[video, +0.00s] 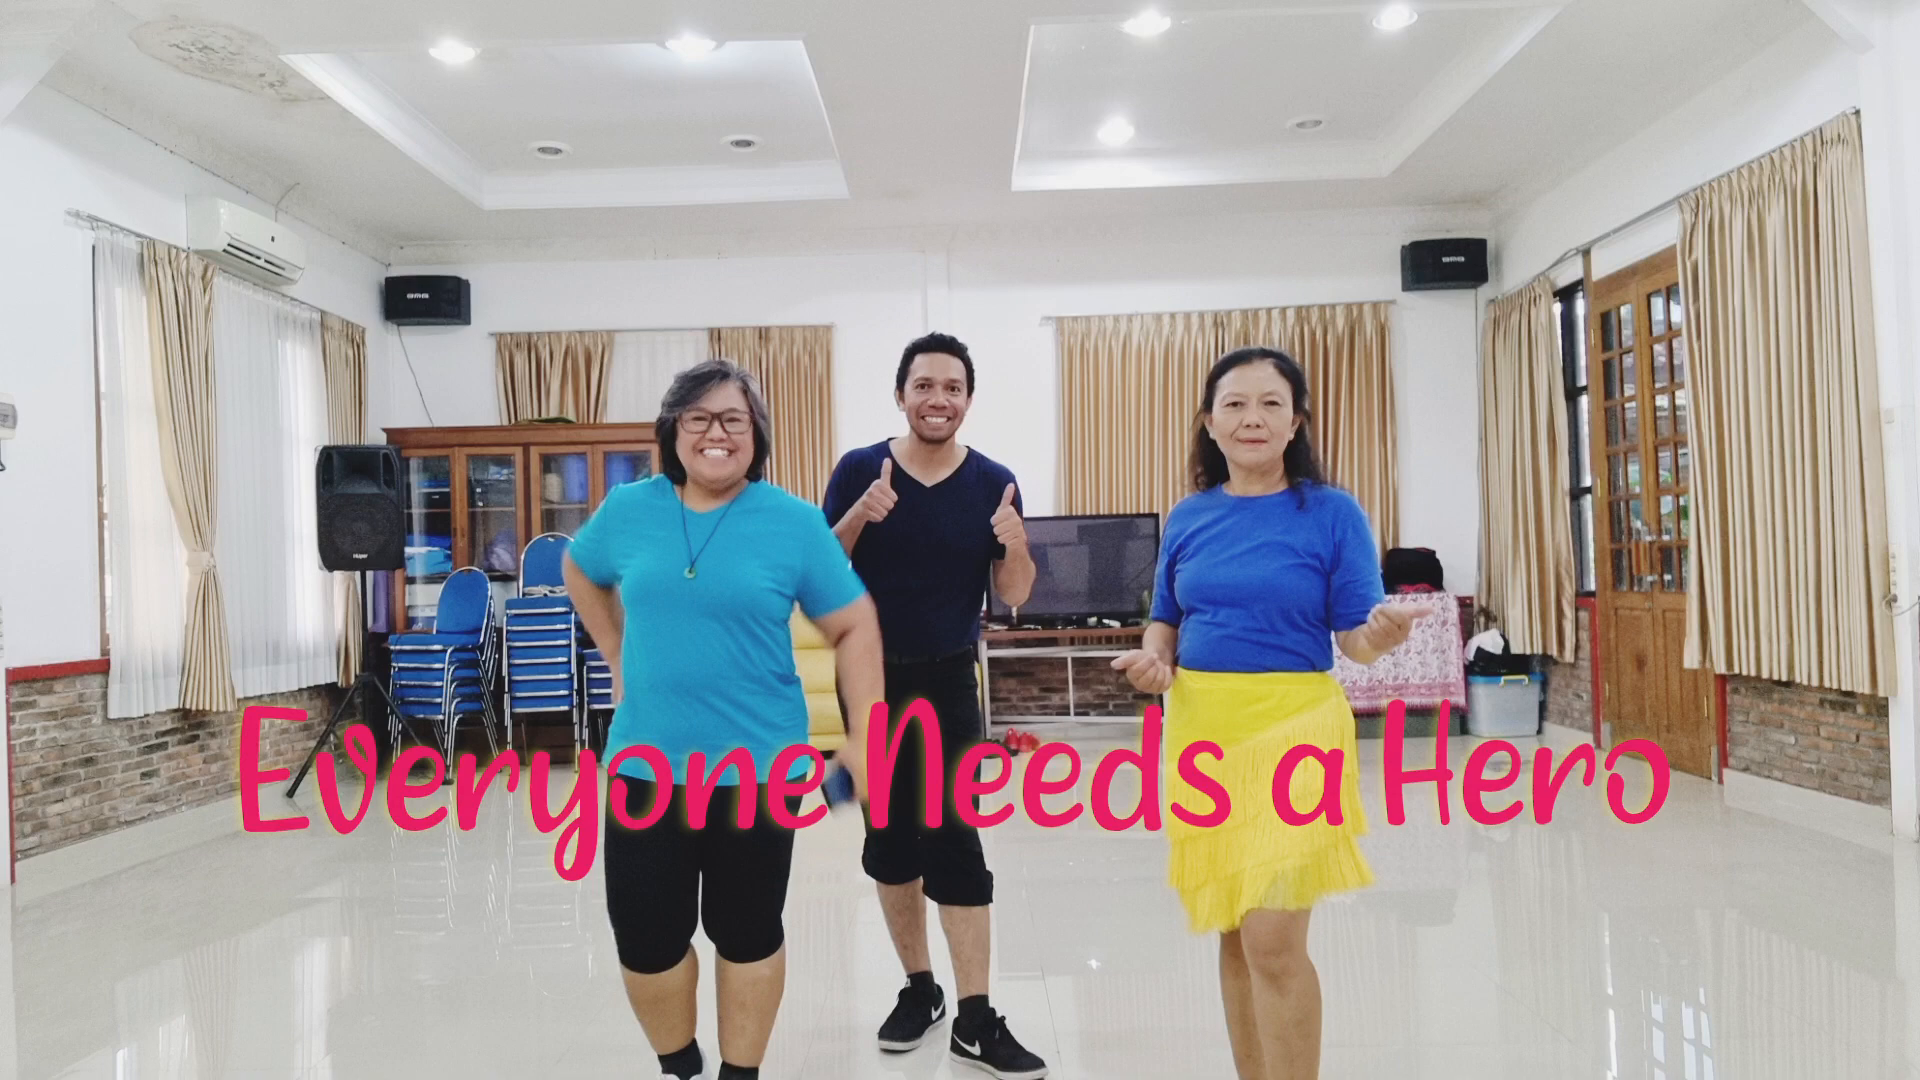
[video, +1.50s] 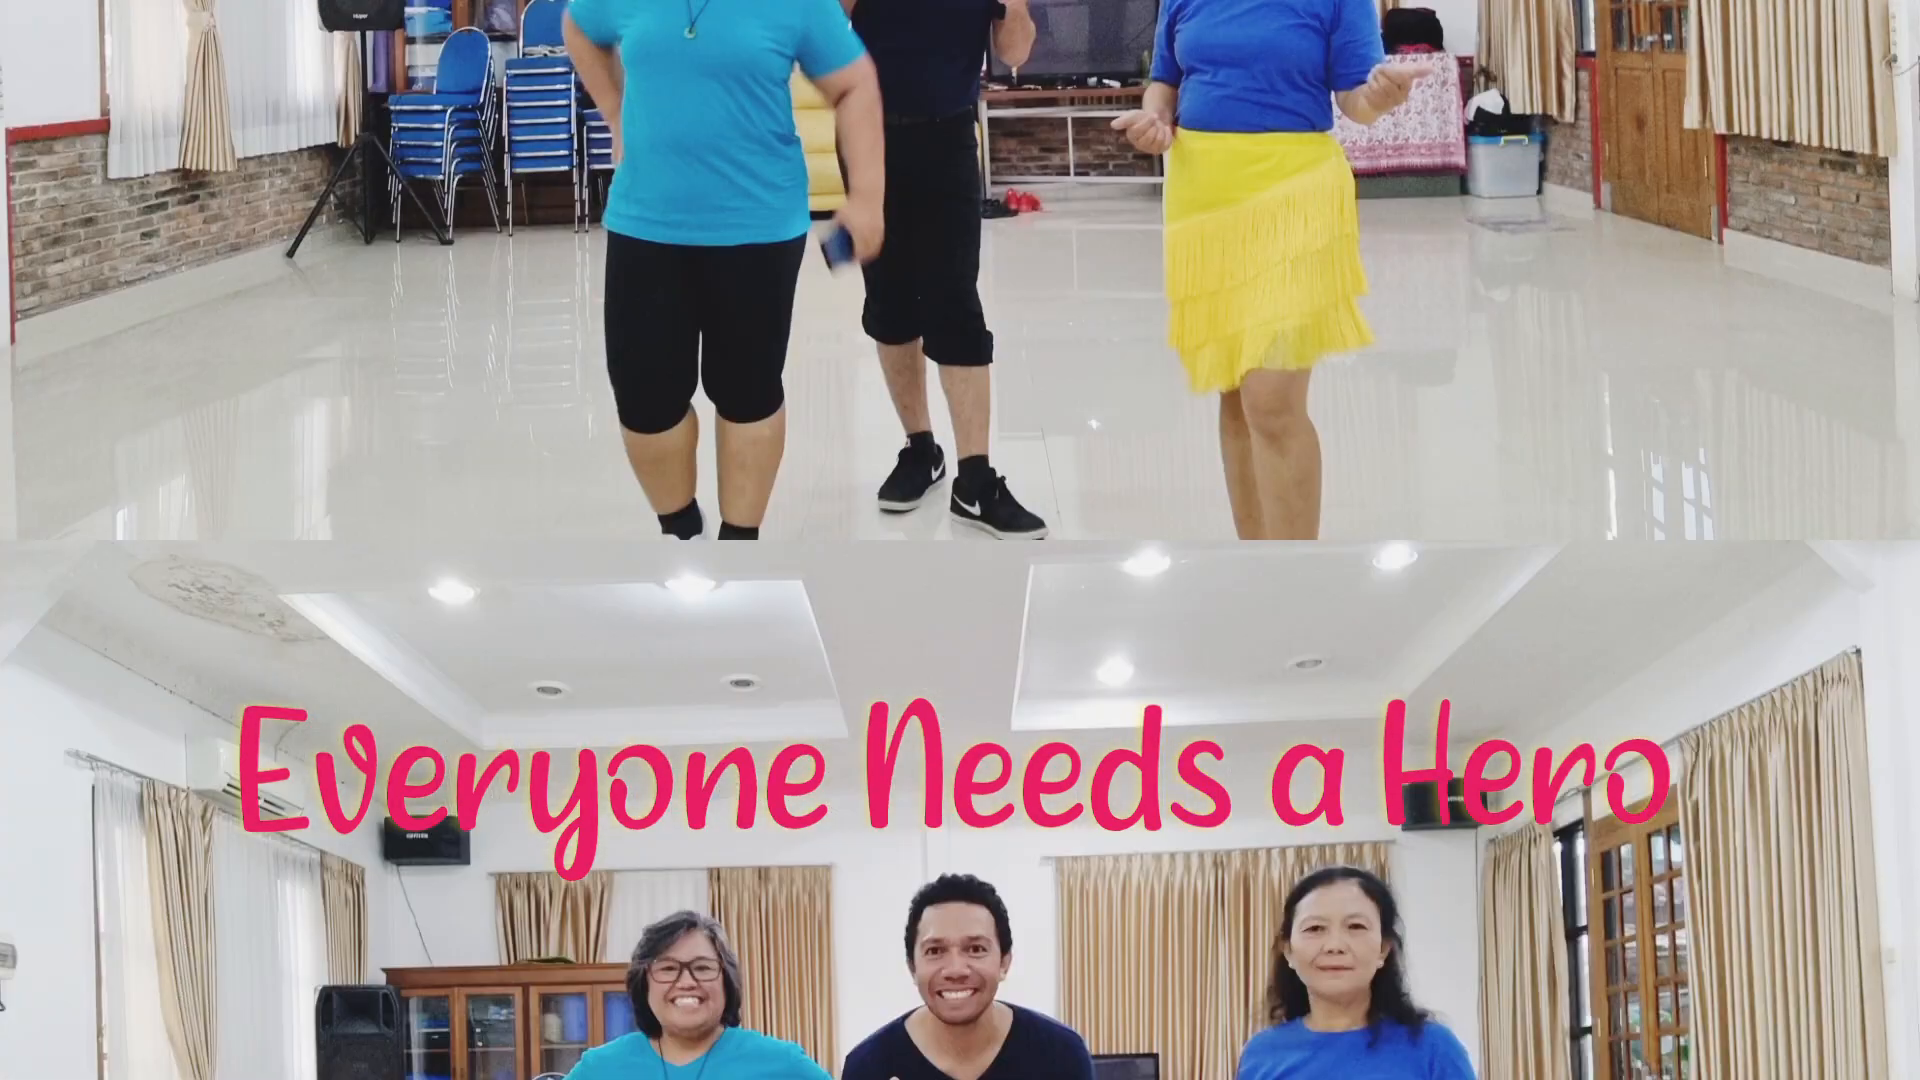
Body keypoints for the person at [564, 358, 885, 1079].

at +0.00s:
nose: (720, 432)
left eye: (736, 420)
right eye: (702, 420)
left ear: (756, 436)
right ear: (672, 434)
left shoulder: (795, 523)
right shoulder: (627, 509)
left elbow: (856, 626)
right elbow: (580, 570)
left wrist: (865, 738)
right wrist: (625, 663)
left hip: (758, 768)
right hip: (645, 764)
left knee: (746, 932)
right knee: (646, 938)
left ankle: (739, 1076)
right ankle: (680, 1069)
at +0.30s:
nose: (720, 432)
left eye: (736, 420)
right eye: (702, 420)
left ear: (756, 436)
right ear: (672, 434)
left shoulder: (795, 523)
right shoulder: (627, 509)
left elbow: (856, 626)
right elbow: (580, 570)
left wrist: (865, 738)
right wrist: (625, 663)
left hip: (758, 768)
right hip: (645, 764)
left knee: (746, 932)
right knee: (646, 938)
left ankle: (739, 1076)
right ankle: (680, 1069)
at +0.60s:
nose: (720, 432)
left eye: (736, 420)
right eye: (702, 420)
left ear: (756, 436)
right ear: (672, 434)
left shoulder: (795, 523)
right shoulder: (627, 509)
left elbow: (856, 626)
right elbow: (580, 570)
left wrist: (865, 738)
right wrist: (625, 663)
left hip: (758, 768)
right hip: (645, 764)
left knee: (746, 932)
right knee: (646, 938)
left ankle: (739, 1076)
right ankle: (680, 1069)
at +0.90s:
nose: (720, 432)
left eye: (736, 420)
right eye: (702, 420)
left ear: (756, 436)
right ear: (672, 434)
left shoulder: (795, 523)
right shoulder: (627, 509)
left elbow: (856, 626)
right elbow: (580, 570)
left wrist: (865, 738)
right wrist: (625, 663)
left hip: (758, 768)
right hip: (645, 764)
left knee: (746, 932)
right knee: (646, 938)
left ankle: (739, 1076)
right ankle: (680, 1069)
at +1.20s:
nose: (719, 398)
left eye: (734, 385)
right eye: (701, 385)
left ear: (755, 401)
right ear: (672, 400)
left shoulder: (796, 490)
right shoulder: (627, 474)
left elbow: (856, 592)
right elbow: (579, 535)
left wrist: (867, 703)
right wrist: (623, 627)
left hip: (759, 733)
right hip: (644, 729)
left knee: (746, 899)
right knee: (647, 906)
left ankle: (739, 1052)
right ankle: (681, 1041)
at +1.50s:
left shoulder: (798, 5)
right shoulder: (620, 3)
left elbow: (855, 85)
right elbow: (580, 30)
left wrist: (867, 197)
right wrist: (626, 128)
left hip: (757, 222)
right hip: (646, 220)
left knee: (746, 392)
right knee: (646, 398)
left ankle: (739, 548)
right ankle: (682, 537)